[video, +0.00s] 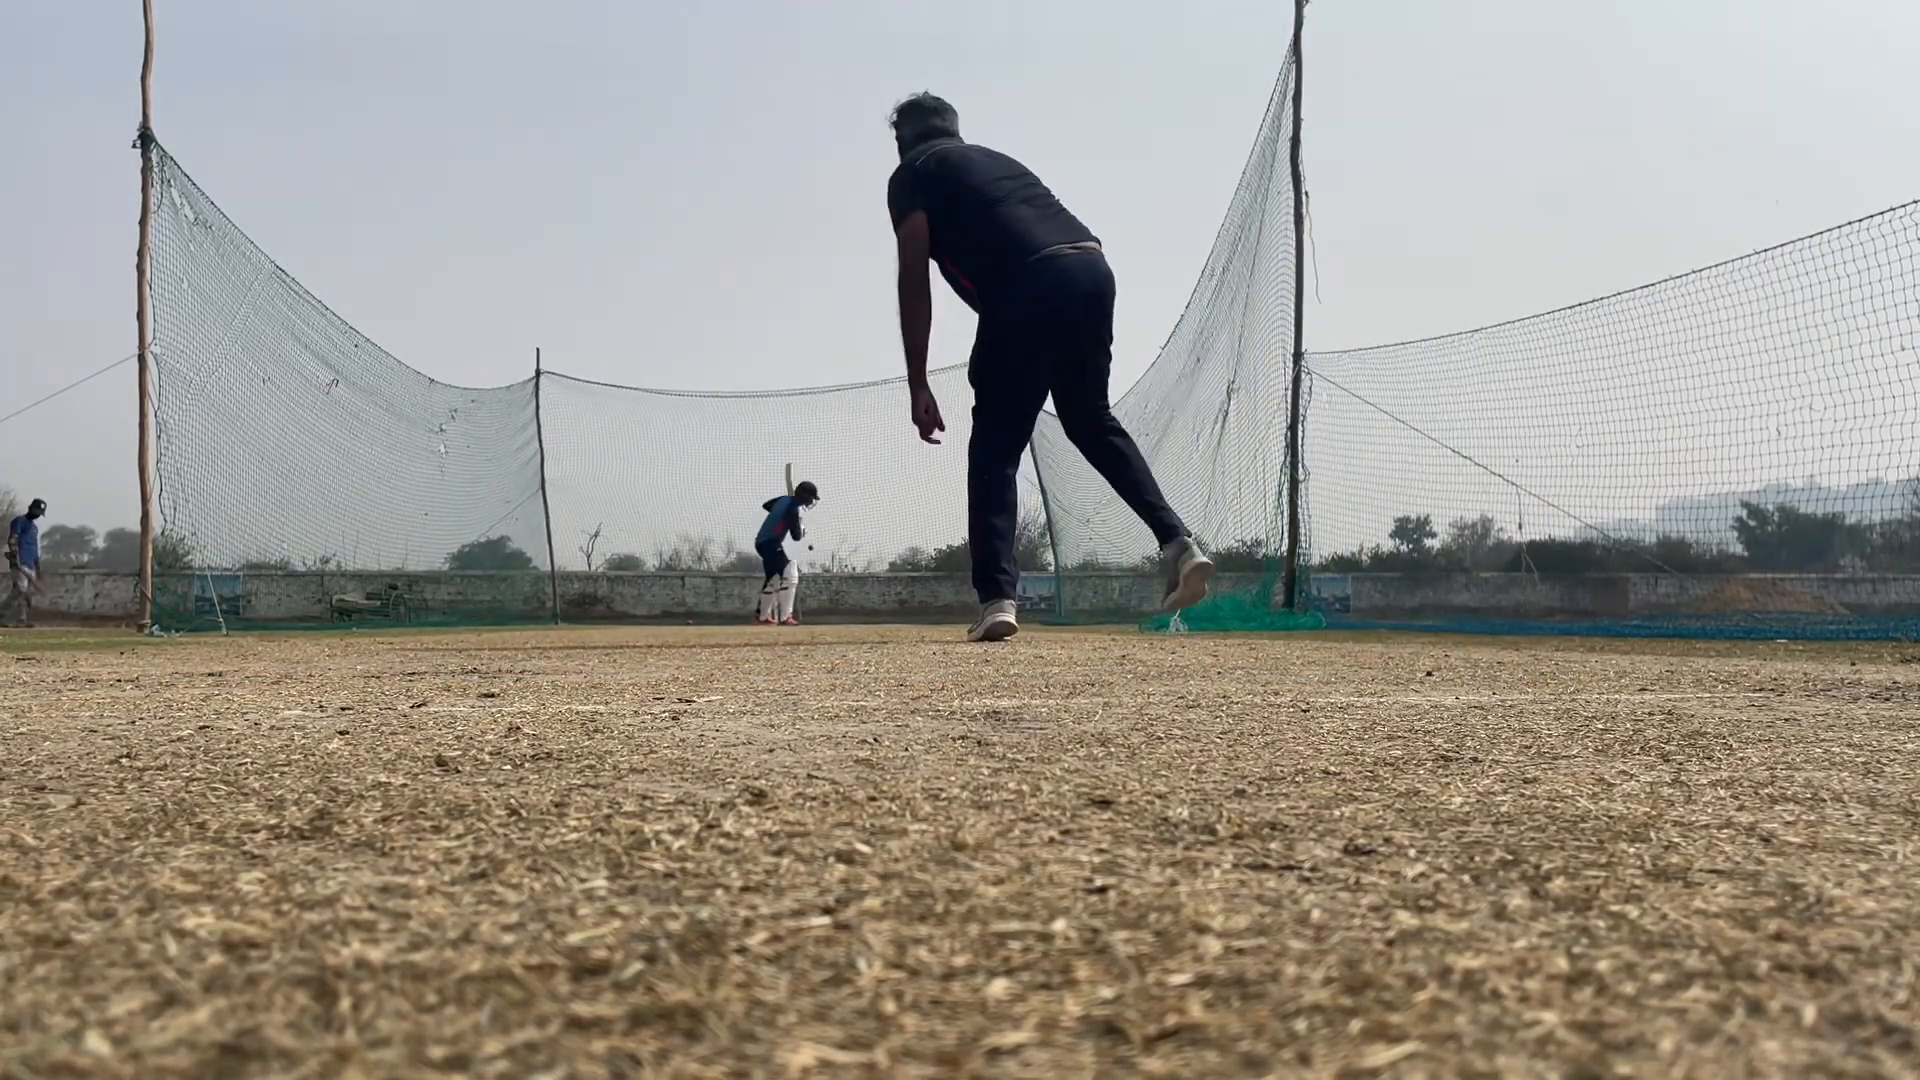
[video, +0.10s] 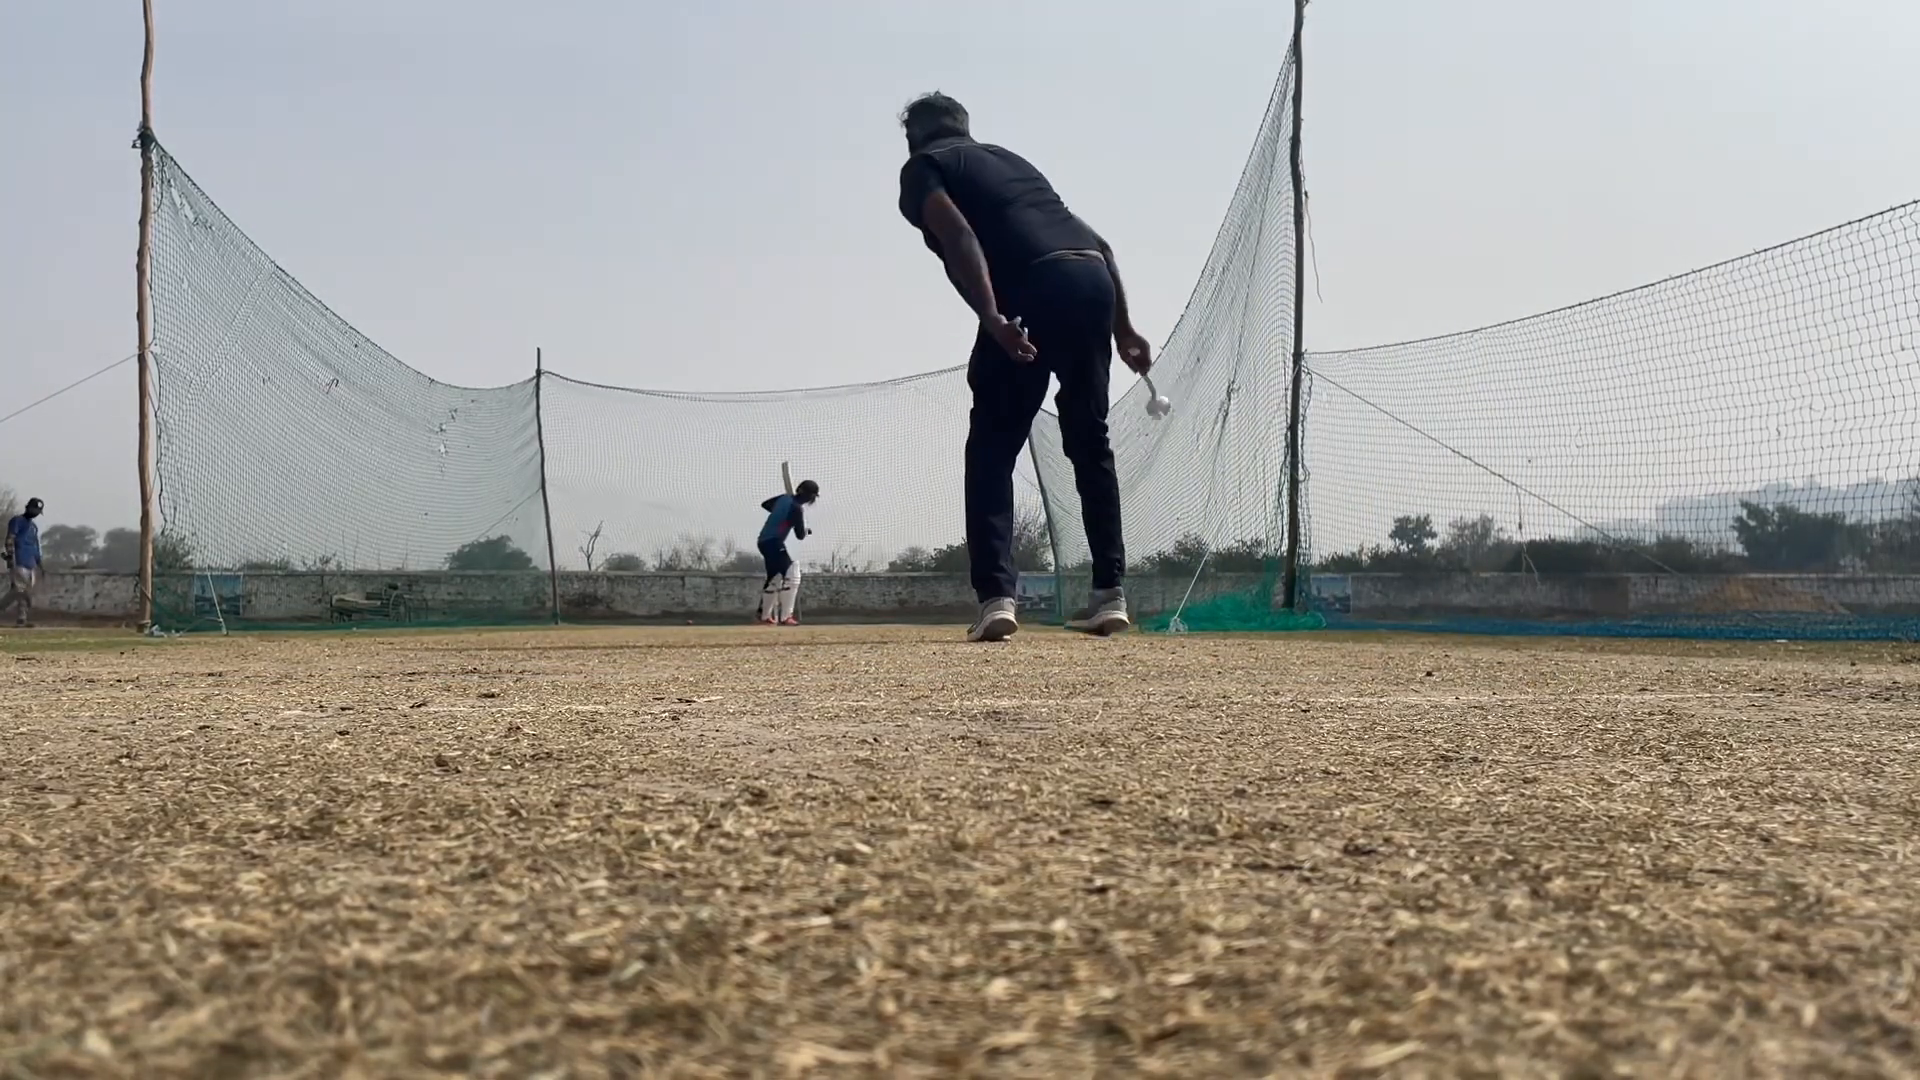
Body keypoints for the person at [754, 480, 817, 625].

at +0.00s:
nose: (811, 502)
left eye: (812, 499)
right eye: (810, 498)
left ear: (798, 493)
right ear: (804, 496)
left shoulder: (784, 499)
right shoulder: (793, 508)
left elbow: (767, 505)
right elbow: (797, 535)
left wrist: (782, 515)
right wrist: (802, 528)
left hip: (763, 542)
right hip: (770, 544)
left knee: (773, 578)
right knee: (790, 573)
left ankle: (764, 615)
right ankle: (785, 616)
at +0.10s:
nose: (814, 499)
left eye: (815, 496)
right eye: (814, 496)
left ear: (800, 490)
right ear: (807, 495)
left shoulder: (783, 498)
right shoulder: (796, 508)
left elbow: (765, 504)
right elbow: (800, 535)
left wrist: (781, 514)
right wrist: (806, 531)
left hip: (764, 541)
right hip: (774, 543)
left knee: (774, 577)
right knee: (792, 573)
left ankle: (765, 615)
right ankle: (786, 616)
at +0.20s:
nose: (814, 498)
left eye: (815, 495)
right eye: (814, 495)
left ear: (800, 489)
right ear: (809, 494)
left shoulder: (783, 497)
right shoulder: (798, 507)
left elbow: (766, 504)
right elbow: (802, 534)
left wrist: (781, 513)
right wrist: (806, 527)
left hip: (765, 542)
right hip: (776, 543)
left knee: (776, 578)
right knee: (794, 574)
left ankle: (766, 615)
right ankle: (786, 616)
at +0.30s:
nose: (813, 496)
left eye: (814, 493)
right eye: (814, 493)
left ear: (799, 488)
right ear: (810, 493)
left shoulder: (784, 497)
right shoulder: (799, 506)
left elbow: (766, 504)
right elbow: (803, 533)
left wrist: (782, 513)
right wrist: (804, 524)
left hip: (766, 542)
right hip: (777, 543)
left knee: (776, 578)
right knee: (795, 575)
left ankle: (766, 615)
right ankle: (786, 616)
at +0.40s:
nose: (814, 496)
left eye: (815, 493)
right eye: (814, 493)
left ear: (799, 487)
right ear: (809, 492)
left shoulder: (783, 497)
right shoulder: (798, 505)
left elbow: (766, 505)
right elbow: (804, 532)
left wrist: (782, 513)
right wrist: (799, 519)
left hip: (767, 542)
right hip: (777, 543)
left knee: (777, 578)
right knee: (796, 575)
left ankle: (766, 615)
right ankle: (786, 616)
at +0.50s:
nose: (812, 496)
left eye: (813, 492)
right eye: (813, 492)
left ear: (799, 487)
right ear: (808, 492)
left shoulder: (784, 497)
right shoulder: (798, 505)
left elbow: (766, 505)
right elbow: (804, 532)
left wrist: (783, 513)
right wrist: (798, 516)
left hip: (768, 542)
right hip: (778, 543)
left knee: (777, 578)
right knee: (795, 575)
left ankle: (766, 614)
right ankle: (786, 616)